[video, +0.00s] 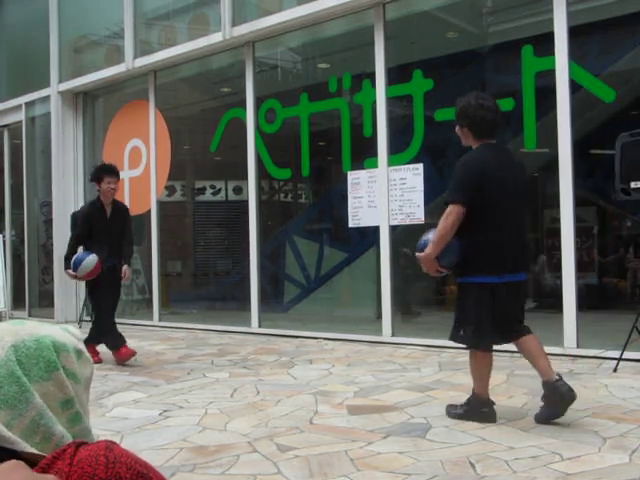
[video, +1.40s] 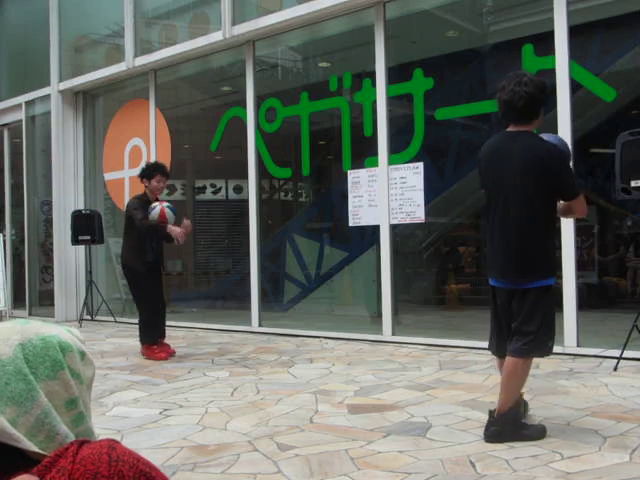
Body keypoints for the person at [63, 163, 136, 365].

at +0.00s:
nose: (112, 187)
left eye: (115, 183)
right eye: (108, 183)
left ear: (118, 186)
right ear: (98, 186)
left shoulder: (122, 211)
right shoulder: (86, 213)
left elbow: (128, 240)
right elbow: (76, 240)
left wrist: (126, 262)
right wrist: (68, 264)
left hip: (115, 264)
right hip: (93, 265)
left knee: (109, 306)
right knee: (101, 307)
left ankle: (90, 343)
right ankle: (118, 346)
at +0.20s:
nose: (127, 186)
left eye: (128, 182)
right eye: (122, 182)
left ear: (130, 184)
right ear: (109, 186)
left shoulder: (130, 208)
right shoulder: (101, 210)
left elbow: (133, 238)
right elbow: (91, 241)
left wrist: (131, 264)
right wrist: (89, 268)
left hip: (125, 263)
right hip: (106, 265)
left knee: (122, 306)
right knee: (113, 307)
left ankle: (96, 339)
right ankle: (123, 349)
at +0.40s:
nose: (141, 187)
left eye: (142, 183)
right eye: (137, 183)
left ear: (142, 184)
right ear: (124, 184)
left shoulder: (138, 207)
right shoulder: (113, 208)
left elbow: (143, 238)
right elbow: (109, 241)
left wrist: (144, 266)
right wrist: (117, 268)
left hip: (133, 266)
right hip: (114, 266)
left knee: (143, 300)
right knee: (119, 305)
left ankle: (124, 337)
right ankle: (122, 349)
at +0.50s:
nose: (148, 185)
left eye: (149, 181)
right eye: (144, 181)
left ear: (150, 183)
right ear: (131, 184)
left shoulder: (143, 208)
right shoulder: (119, 208)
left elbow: (146, 239)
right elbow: (119, 241)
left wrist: (150, 265)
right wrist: (129, 267)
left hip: (138, 264)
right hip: (118, 266)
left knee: (144, 303)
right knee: (122, 307)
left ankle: (146, 341)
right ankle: (124, 350)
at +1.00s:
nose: (165, 185)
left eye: (167, 182)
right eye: (161, 181)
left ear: (168, 184)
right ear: (148, 182)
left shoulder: (163, 208)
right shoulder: (137, 206)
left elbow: (164, 238)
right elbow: (132, 238)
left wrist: (175, 253)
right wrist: (148, 253)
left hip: (156, 260)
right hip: (137, 261)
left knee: (160, 300)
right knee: (143, 301)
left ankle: (160, 340)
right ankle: (143, 343)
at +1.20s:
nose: (163, 184)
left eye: (165, 181)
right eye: (159, 180)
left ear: (166, 182)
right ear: (146, 180)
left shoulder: (163, 206)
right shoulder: (135, 203)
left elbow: (175, 228)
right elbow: (138, 230)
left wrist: (192, 237)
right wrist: (163, 234)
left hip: (153, 259)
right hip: (136, 260)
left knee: (160, 299)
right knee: (150, 299)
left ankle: (160, 338)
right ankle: (153, 341)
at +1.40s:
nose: (161, 185)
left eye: (163, 181)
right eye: (157, 181)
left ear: (166, 183)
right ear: (145, 182)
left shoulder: (160, 206)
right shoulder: (136, 203)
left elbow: (161, 231)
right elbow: (142, 225)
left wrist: (178, 231)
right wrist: (168, 229)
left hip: (153, 261)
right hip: (135, 262)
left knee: (158, 301)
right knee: (147, 302)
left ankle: (158, 341)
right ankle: (148, 344)